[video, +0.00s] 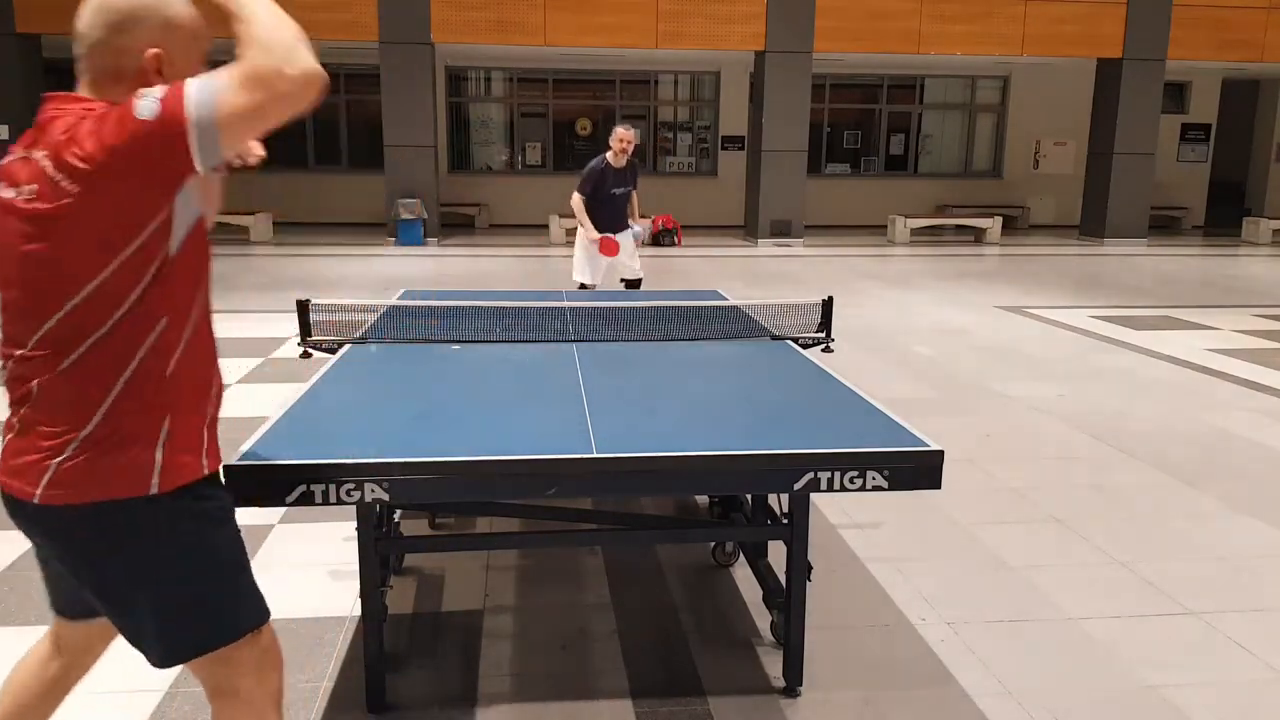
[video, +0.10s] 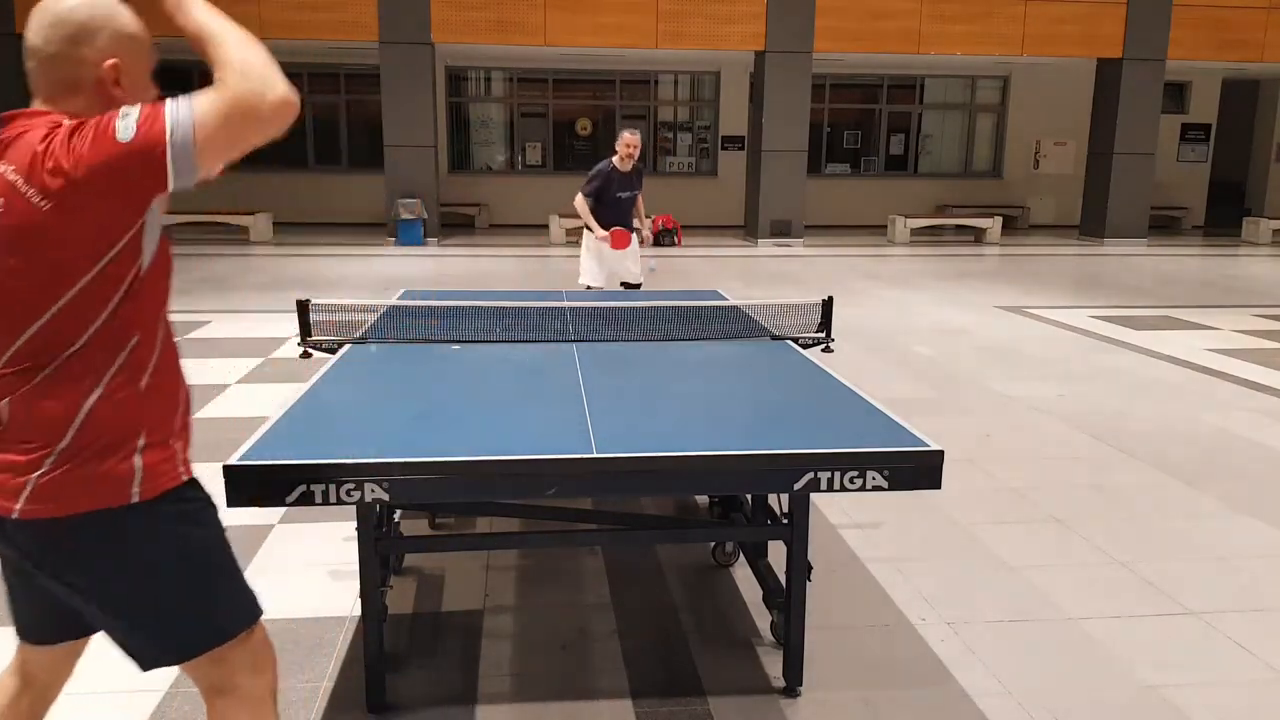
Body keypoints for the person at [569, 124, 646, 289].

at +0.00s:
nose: (624, 146)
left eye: (629, 143)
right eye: (621, 141)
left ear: (634, 145)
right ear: (611, 142)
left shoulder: (631, 166)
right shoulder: (596, 167)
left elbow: (632, 193)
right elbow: (576, 199)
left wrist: (636, 221)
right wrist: (590, 231)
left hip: (622, 233)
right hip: (594, 235)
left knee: (634, 279)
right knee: (588, 285)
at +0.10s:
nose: (631, 151)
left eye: (635, 147)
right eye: (627, 146)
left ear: (640, 149)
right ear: (617, 146)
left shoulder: (636, 171)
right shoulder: (603, 170)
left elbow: (637, 197)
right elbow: (579, 200)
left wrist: (644, 227)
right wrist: (597, 230)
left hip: (627, 238)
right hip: (599, 237)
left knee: (634, 284)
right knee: (594, 288)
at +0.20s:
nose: (638, 161)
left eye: (642, 157)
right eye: (634, 155)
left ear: (646, 158)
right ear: (624, 154)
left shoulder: (642, 179)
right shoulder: (610, 179)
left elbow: (644, 207)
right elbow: (592, 213)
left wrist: (654, 237)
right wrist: (606, 244)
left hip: (632, 241)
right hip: (605, 241)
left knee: (638, 288)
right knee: (607, 286)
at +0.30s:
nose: (643, 162)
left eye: (647, 158)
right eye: (639, 157)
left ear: (651, 159)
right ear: (629, 154)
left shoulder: (645, 177)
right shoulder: (615, 178)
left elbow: (645, 206)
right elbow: (604, 216)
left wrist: (655, 234)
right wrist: (629, 240)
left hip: (629, 237)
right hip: (605, 234)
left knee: (637, 282)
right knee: (614, 279)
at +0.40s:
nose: (648, 166)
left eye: (652, 162)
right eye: (645, 160)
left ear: (655, 162)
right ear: (633, 155)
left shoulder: (645, 176)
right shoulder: (617, 177)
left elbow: (644, 204)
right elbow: (618, 220)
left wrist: (656, 232)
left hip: (629, 233)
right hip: (605, 233)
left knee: (634, 282)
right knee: (618, 280)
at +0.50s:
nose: (650, 180)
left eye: (655, 176)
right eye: (648, 174)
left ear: (658, 174)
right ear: (636, 164)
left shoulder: (641, 183)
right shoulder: (619, 187)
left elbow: (642, 211)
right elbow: (626, 230)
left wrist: (656, 232)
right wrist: (648, 220)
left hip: (628, 238)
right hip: (606, 238)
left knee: (636, 284)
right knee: (626, 284)